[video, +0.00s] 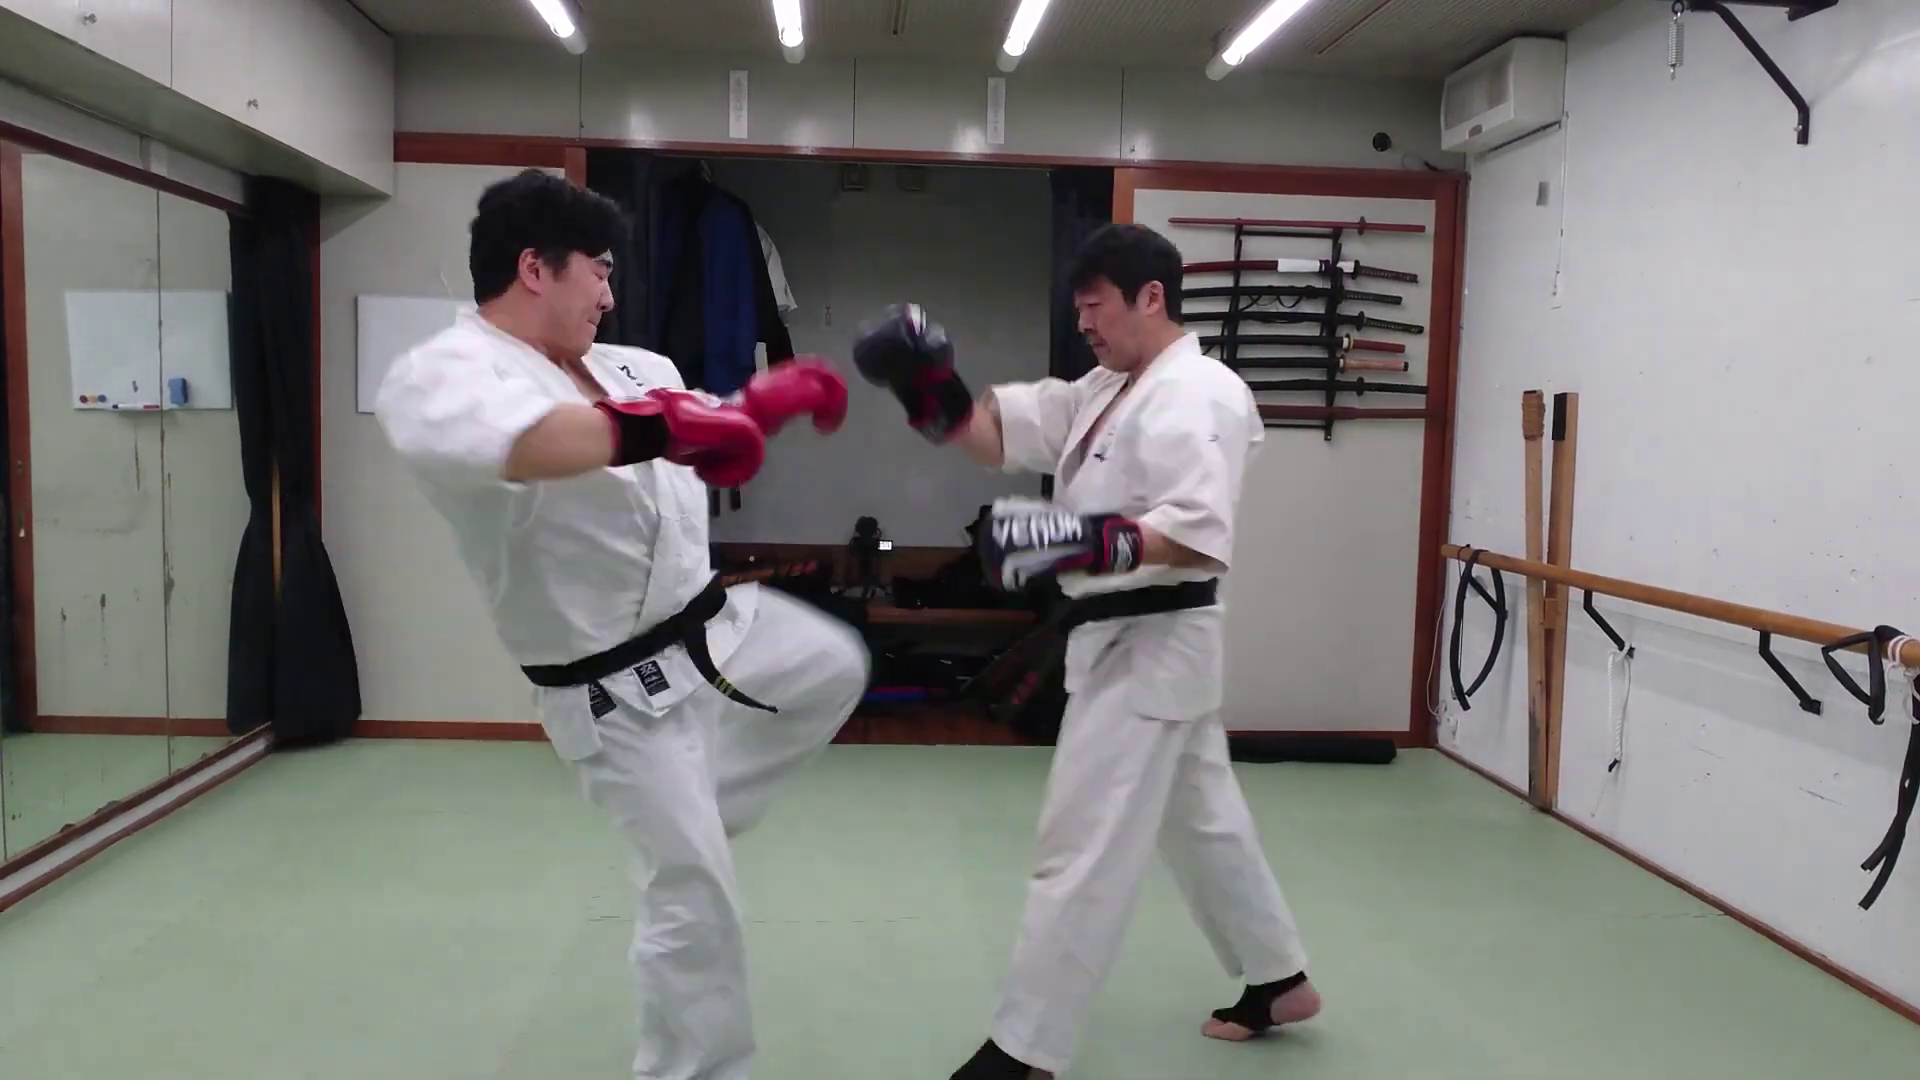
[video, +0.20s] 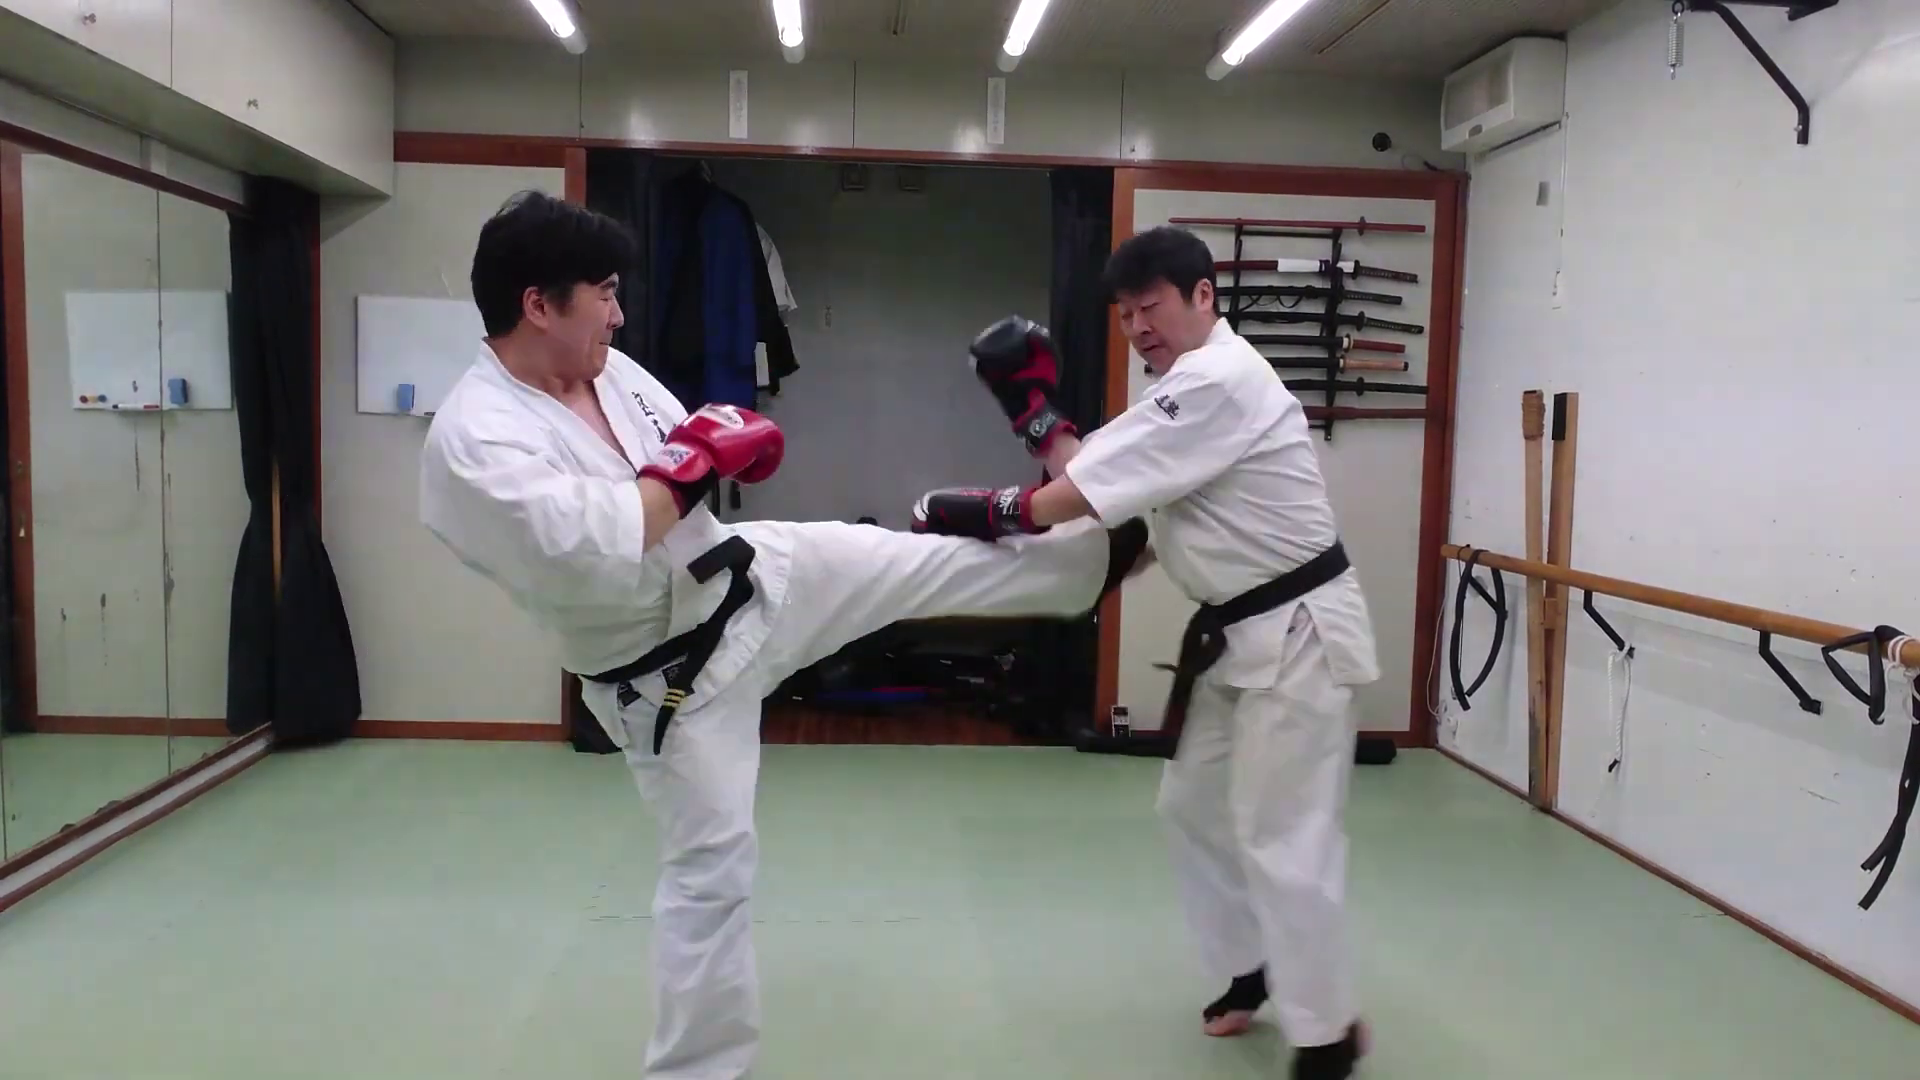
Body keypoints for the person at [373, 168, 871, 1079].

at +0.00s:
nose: (610, 290)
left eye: (609, 270)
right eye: (596, 267)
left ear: (540, 273)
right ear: (533, 270)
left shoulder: (630, 369)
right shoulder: (442, 376)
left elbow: (703, 424)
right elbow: (511, 441)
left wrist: (762, 403)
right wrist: (662, 429)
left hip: (713, 620)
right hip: (618, 688)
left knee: (832, 668)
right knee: (695, 896)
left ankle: (703, 821)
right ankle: (689, 1069)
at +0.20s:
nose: (618, 309)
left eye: (613, 289)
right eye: (602, 291)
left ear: (545, 306)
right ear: (538, 306)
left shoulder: (602, 372)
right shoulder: (475, 442)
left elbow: (689, 451)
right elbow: (606, 552)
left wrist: (730, 443)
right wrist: (698, 459)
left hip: (740, 578)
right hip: (672, 679)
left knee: (917, 560)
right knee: (712, 882)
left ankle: (1098, 555)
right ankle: (695, 1073)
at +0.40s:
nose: (658, 301)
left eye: (655, 280)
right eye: (642, 281)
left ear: (591, 294)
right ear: (579, 295)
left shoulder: (643, 363)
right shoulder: (497, 424)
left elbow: (719, 441)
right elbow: (578, 559)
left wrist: (755, 508)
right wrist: (689, 488)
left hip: (757, 606)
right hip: (659, 673)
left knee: (898, 706)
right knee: (697, 878)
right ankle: (697, 1068)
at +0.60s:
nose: (710, 293)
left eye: (710, 273)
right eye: (696, 274)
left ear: (656, 281)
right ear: (635, 281)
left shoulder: (707, 366)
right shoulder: (555, 383)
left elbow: (762, 454)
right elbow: (590, 529)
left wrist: (794, 398)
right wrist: (690, 449)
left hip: (726, 647)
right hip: (624, 665)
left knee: (765, 811)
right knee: (663, 871)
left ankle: (739, 987)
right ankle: (685, 1061)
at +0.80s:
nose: (719, 304)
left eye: (722, 287)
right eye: (708, 285)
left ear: (663, 285)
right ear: (649, 280)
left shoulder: (697, 379)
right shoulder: (560, 369)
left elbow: (731, 472)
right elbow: (577, 505)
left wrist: (784, 468)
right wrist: (686, 469)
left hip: (664, 639)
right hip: (560, 636)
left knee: (704, 810)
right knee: (569, 823)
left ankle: (721, 988)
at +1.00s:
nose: (643, 328)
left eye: (645, 310)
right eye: (631, 308)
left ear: (586, 313)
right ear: (573, 309)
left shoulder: (600, 406)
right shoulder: (491, 397)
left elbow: (598, 535)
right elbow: (487, 529)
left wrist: (657, 567)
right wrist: (608, 508)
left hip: (594, 660)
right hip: (491, 663)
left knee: (676, 813)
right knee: (430, 824)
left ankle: (719, 987)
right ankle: (301, 945)